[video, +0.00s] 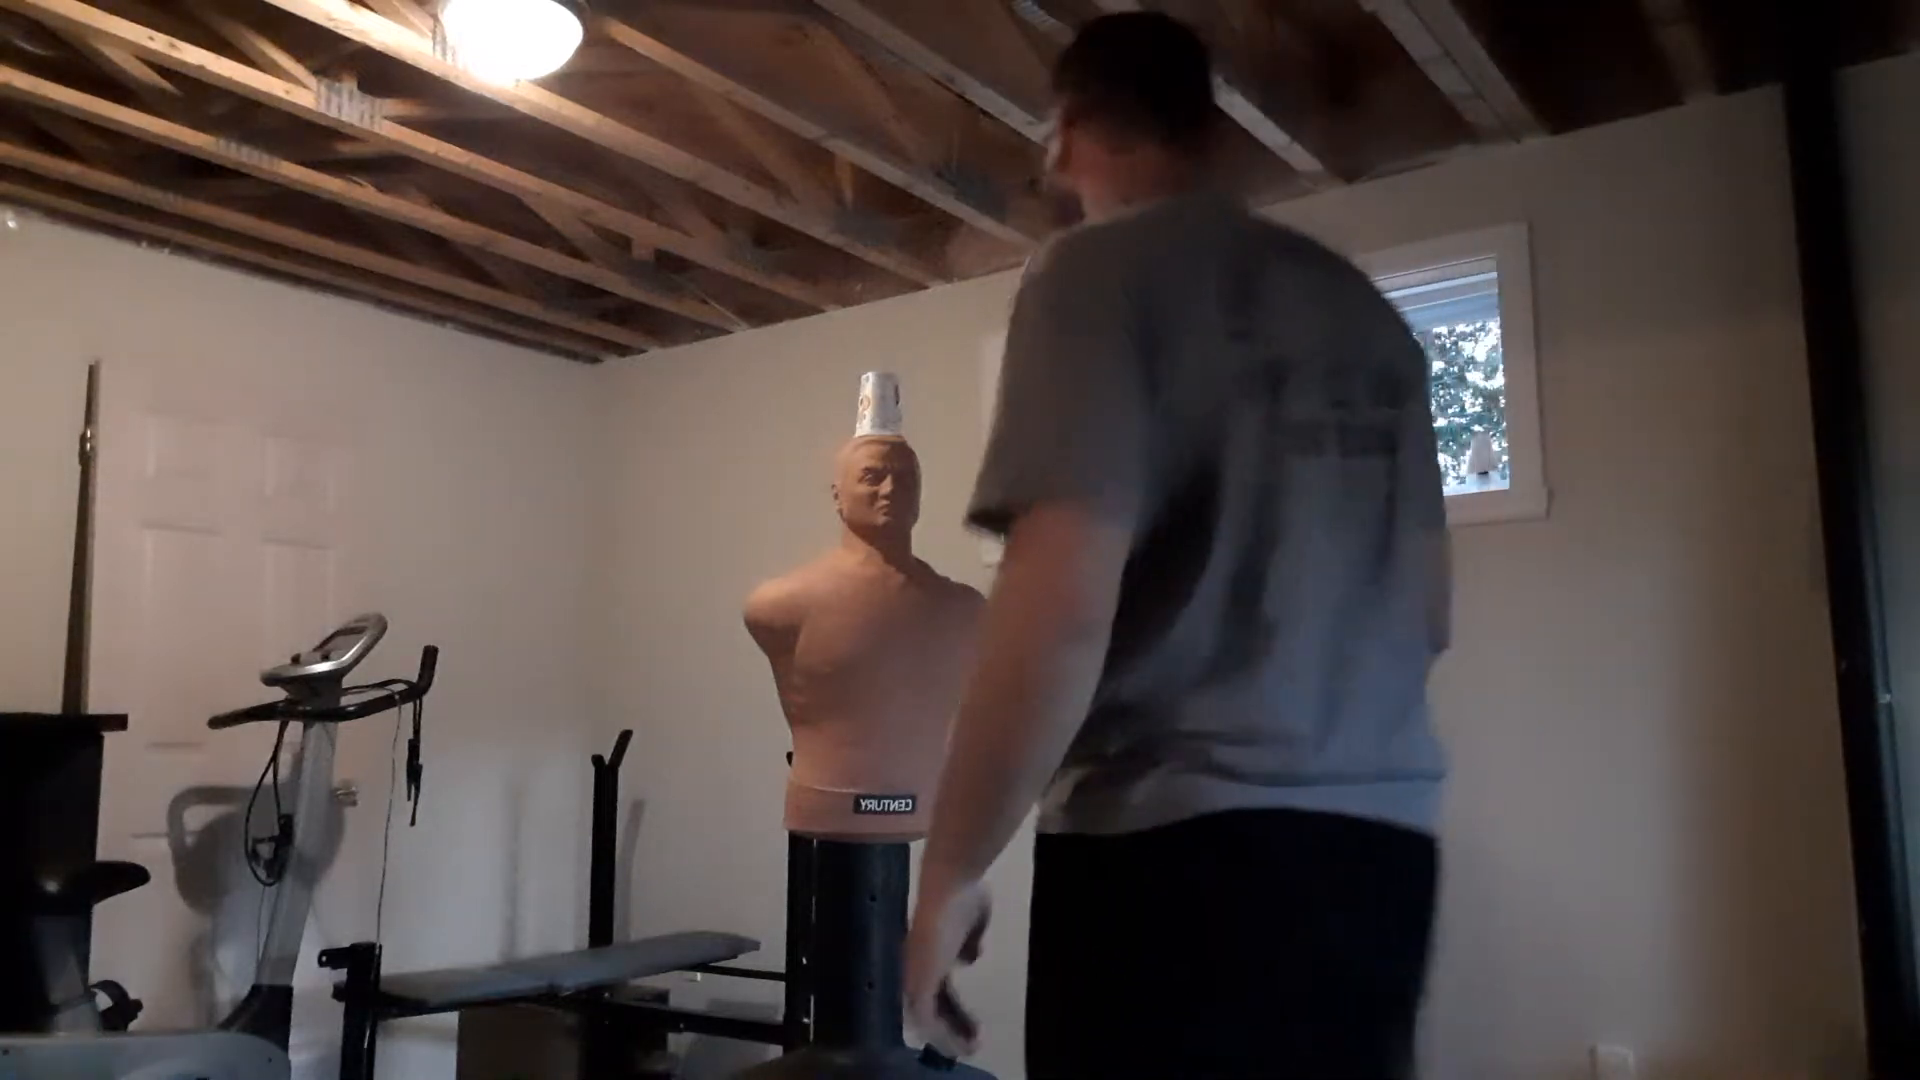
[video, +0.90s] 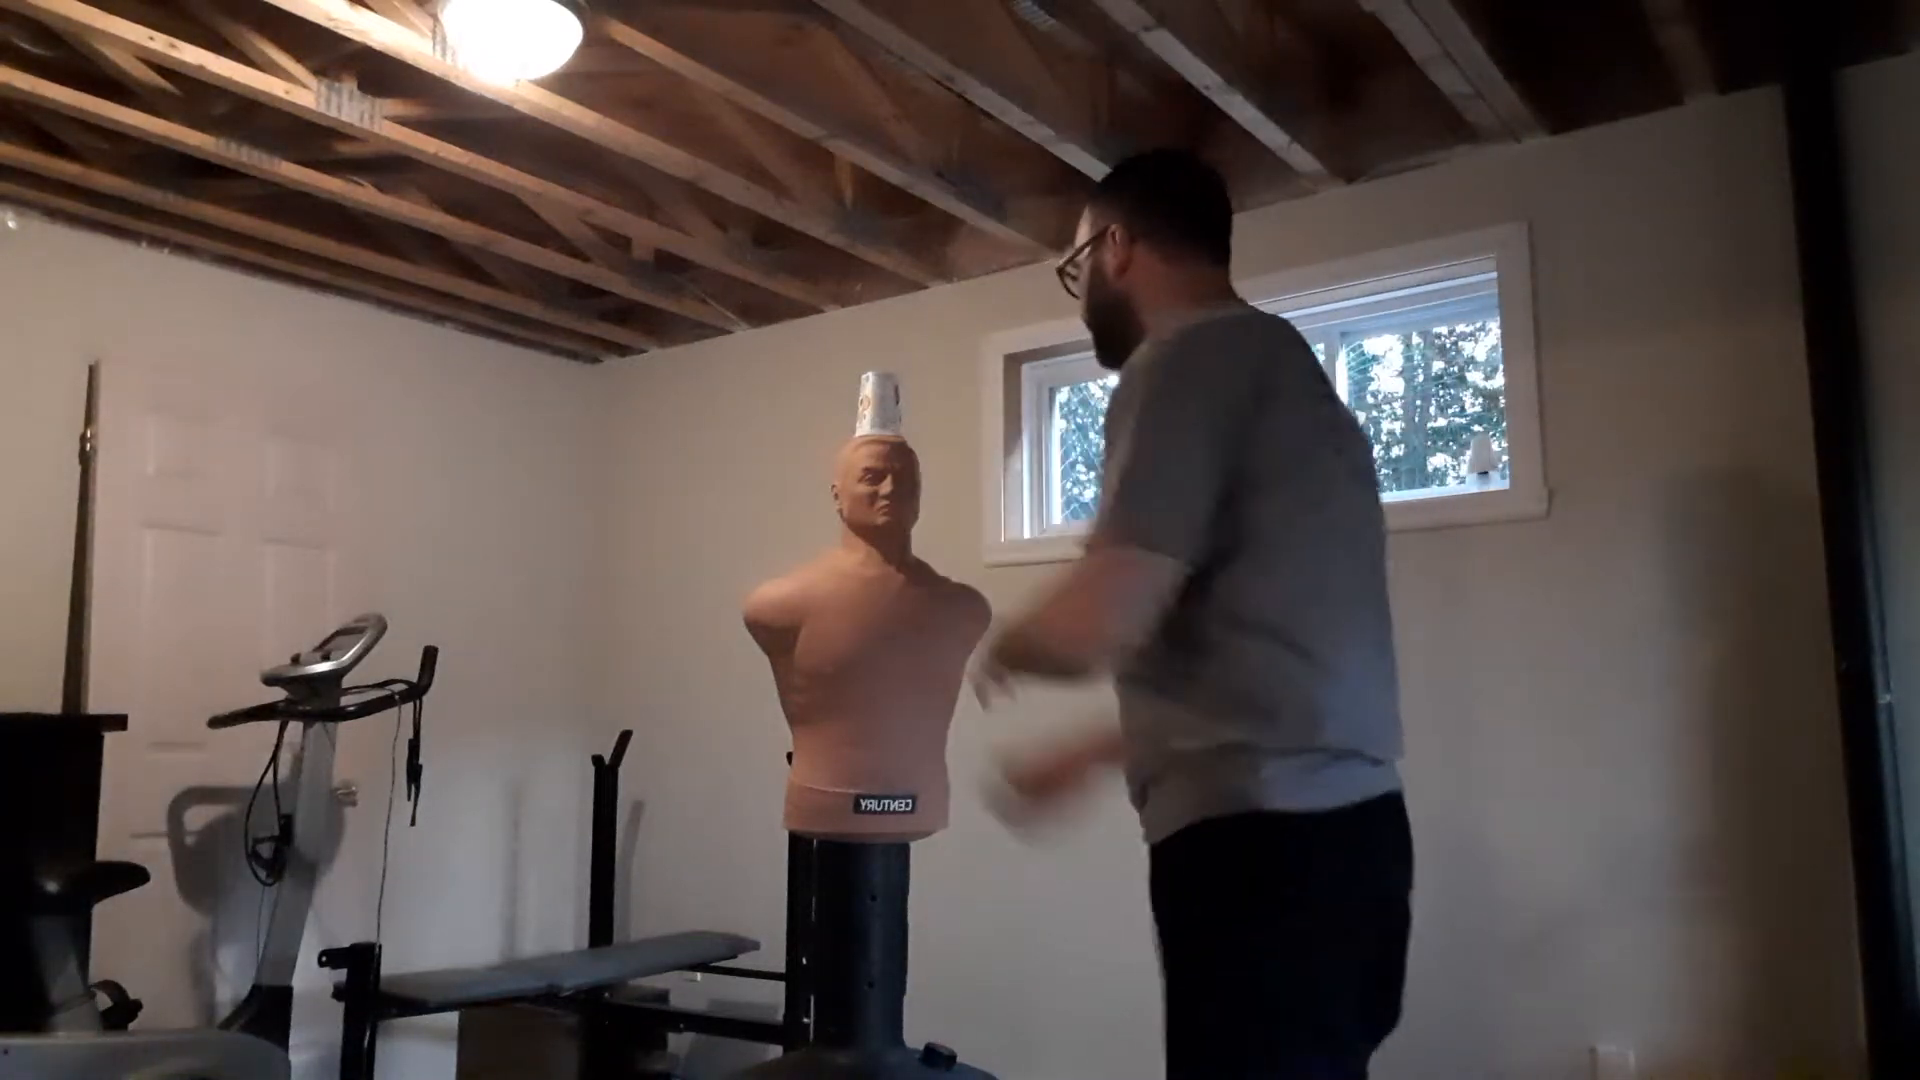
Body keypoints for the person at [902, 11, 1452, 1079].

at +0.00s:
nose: (1065, 187)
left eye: (1065, 157)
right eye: (1060, 164)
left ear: (1098, 128)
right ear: (1205, 131)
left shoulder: (1106, 267)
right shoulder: (1369, 310)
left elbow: (1065, 592)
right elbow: (1420, 608)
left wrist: (951, 876)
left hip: (1171, 855)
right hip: (1375, 859)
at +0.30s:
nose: (999, 212)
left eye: (998, 184)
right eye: (999, 187)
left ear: (1021, 179)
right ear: (1144, 174)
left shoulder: (1108, 312)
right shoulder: (1272, 334)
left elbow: (1098, 607)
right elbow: (1385, 568)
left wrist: (1015, 802)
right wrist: (1270, 700)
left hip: (1156, 842)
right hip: (1290, 833)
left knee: (1124, 1067)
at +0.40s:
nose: (1001, 242)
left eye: (1002, 214)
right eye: (998, 219)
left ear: (1037, 206)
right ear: (1138, 201)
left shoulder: (1146, 331)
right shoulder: (1228, 341)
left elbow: (1165, 571)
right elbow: (1341, 544)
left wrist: (983, 731)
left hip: (1167, 829)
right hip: (1242, 822)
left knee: (1128, 1068)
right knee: (1212, 1068)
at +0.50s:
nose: (1003, 256)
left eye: (1011, 224)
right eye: (1004, 229)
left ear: (1052, 225)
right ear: (1133, 223)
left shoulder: (1156, 324)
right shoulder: (1184, 331)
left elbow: (1189, 494)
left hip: (1193, 818)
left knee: (1141, 1067)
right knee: (1182, 1068)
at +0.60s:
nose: (1021, 280)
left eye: (1026, 253)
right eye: (1020, 258)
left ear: (1066, 243)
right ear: (1149, 238)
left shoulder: (1162, 307)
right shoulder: (1206, 332)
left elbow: (1079, 440)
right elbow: (1086, 484)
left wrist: (930, 501)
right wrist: (951, 488)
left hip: (1233, 815)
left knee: (1142, 1067)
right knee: (1216, 1067)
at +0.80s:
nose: (1069, 292)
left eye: (1069, 262)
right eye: (1065, 270)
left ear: (1109, 246)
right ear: (1195, 246)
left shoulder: (1185, 355)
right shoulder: (1263, 360)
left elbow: (1013, 541)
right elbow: (1159, 624)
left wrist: (939, 602)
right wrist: (977, 641)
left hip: (1251, 828)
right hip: (1328, 821)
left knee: (1190, 1068)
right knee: (1280, 1070)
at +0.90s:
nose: (1076, 287)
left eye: (1080, 257)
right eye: (1074, 264)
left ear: (1122, 247)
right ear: (1212, 245)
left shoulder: (1189, 360)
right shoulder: (1288, 373)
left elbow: (1091, 621)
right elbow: (1273, 660)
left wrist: (1013, 645)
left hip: (1252, 854)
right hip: (1338, 839)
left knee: (1239, 1067)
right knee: (1309, 1067)